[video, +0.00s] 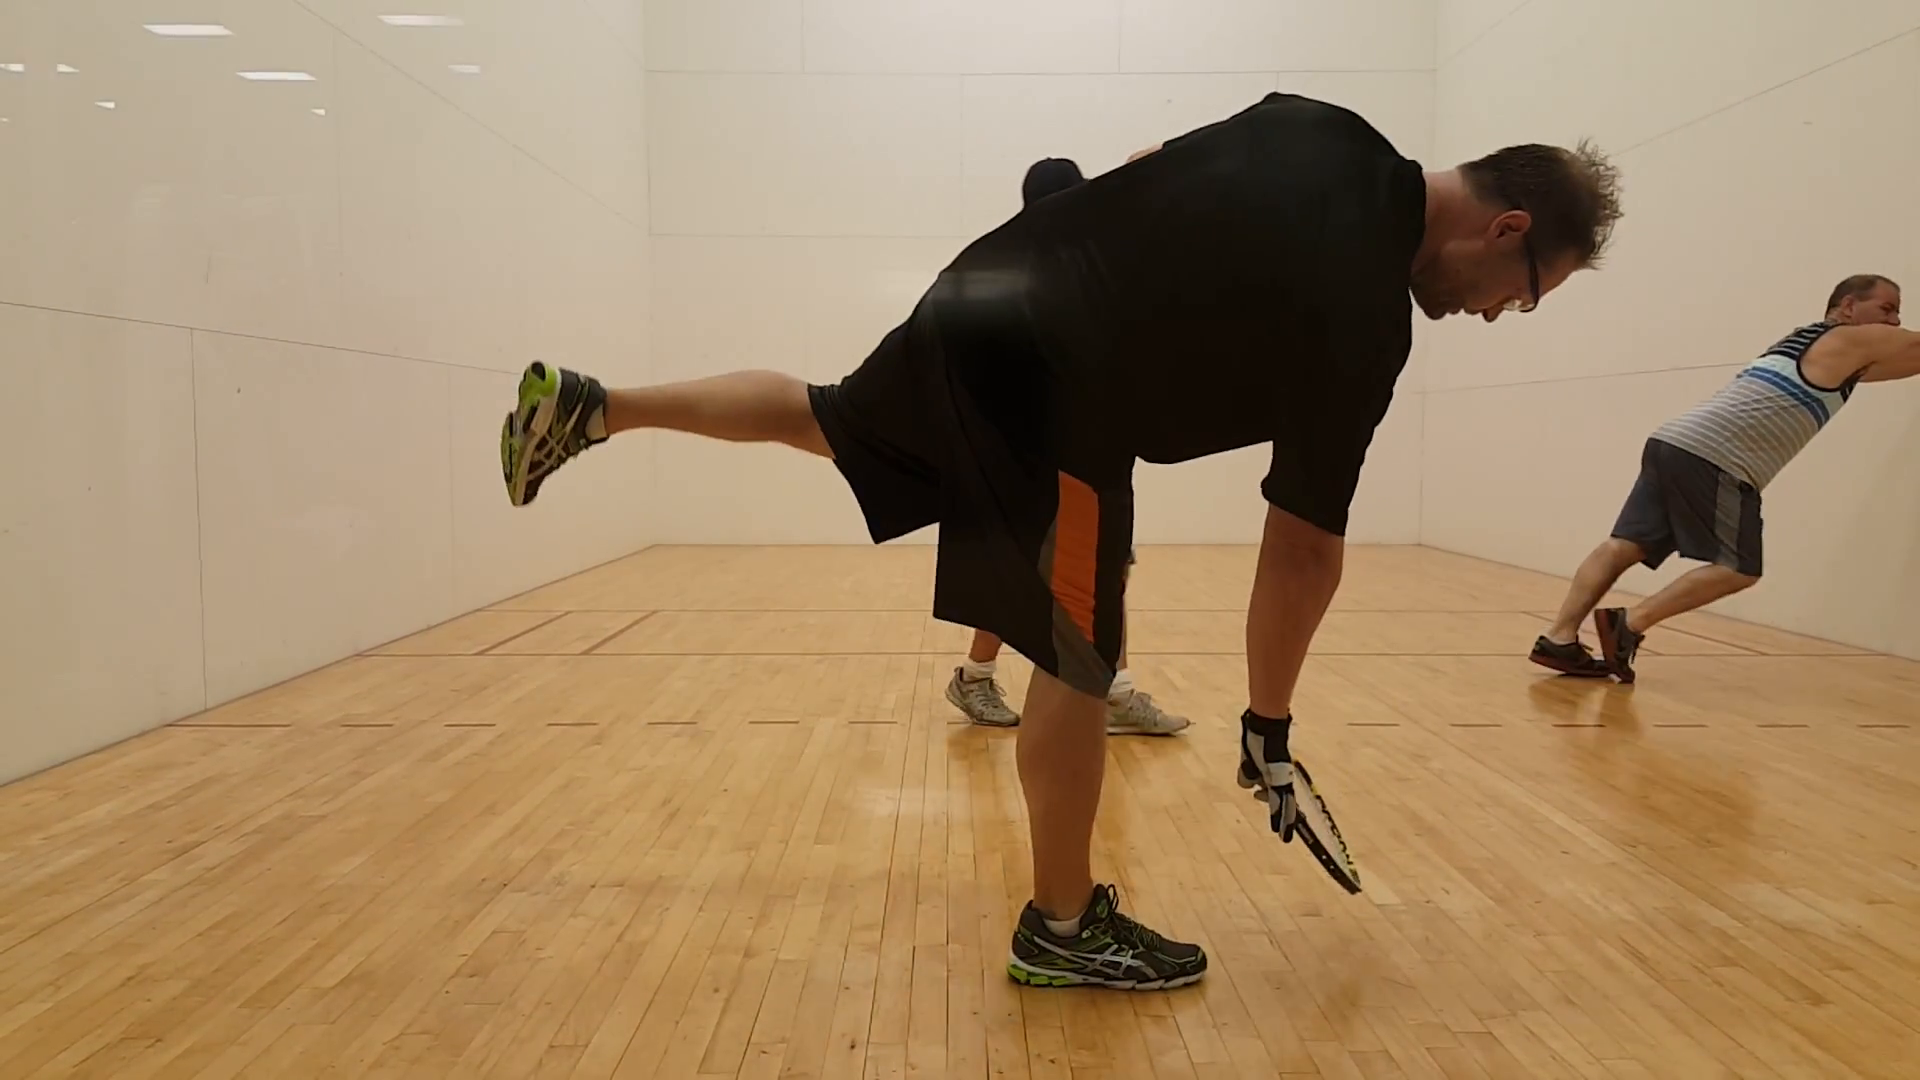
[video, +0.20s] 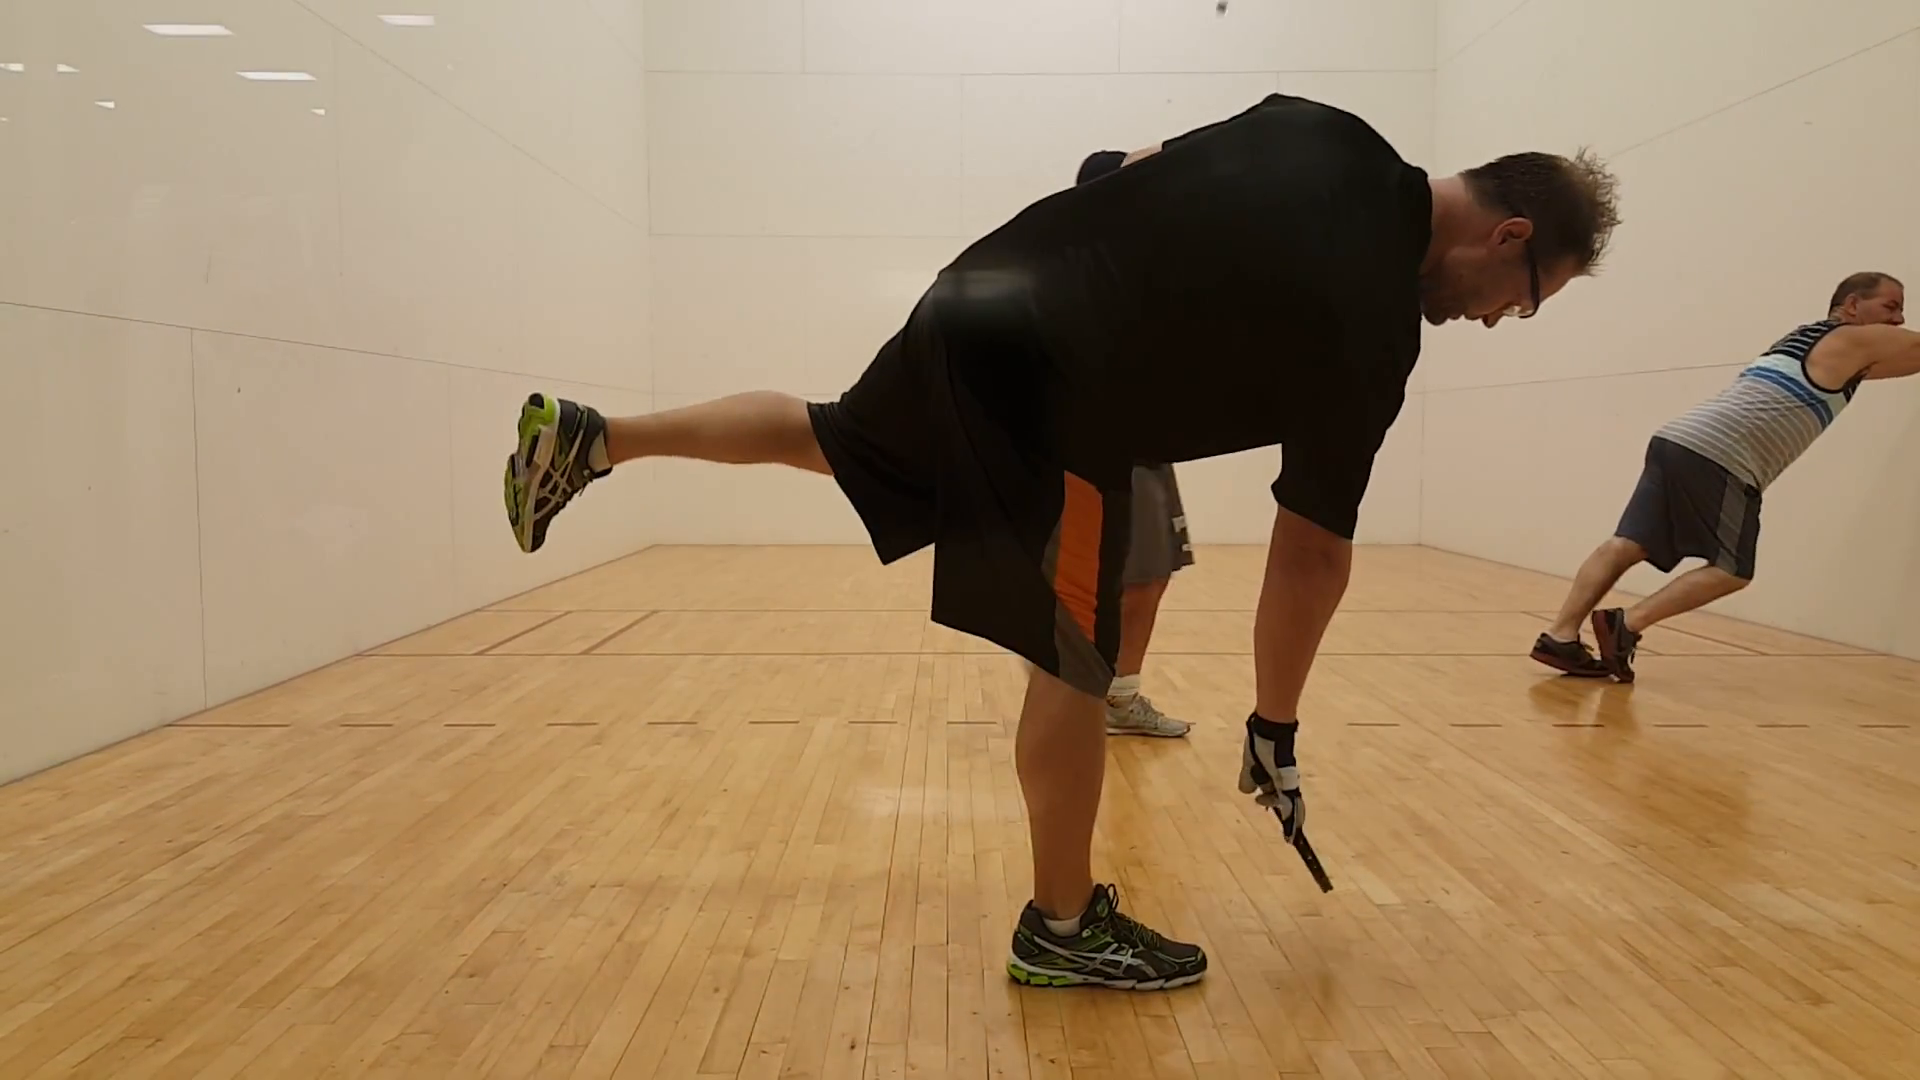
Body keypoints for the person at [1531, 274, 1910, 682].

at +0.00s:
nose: (1895, 321)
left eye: (1895, 312)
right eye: (1887, 309)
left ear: (1844, 315)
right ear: (1846, 308)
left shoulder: (1807, 342)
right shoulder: (1845, 343)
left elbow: (1908, 358)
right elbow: (1917, 348)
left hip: (1670, 447)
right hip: (1717, 464)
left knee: (1623, 546)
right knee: (1739, 568)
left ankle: (1558, 639)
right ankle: (1630, 625)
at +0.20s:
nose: (1899, 319)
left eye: (1899, 310)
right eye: (1891, 307)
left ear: (1847, 313)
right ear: (1850, 307)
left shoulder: (1807, 338)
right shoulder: (1848, 342)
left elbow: (1907, 359)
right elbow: (1917, 348)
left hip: (1675, 443)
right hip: (1722, 463)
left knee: (1626, 546)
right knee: (1731, 570)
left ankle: (1559, 638)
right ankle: (1626, 625)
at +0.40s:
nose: (1902, 299)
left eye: (1903, 292)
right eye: (1893, 288)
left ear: (1851, 295)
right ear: (1852, 289)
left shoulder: (1811, 324)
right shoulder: (1853, 328)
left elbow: (1906, 354)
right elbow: (1917, 342)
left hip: (1684, 436)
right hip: (1728, 455)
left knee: (1637, 542)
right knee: (1697, 562)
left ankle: (1566, 629)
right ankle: (1600, 632)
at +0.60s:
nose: (1906, 292)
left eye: (1906, 283)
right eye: (1897, 280)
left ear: (1857, 288)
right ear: (1856, 282)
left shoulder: (1823, 321)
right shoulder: (1856, 321)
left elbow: (1910, 351)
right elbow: (1918, 338)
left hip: (1704, 435)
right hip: (1731, 451)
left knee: (1661, 544)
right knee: (1669, 547)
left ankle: (1581, 627)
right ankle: (1585, 633)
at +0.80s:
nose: (1901, 313)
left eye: (1902, 306)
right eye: (1893, 301)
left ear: (1852, 309)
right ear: (1852, 302)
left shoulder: (1821, 340)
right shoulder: (1850, 341)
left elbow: (1906, 356)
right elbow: (1916, 350)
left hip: (1714, 454)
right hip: (1727, 463)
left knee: (1690, 574)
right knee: (1656, 546)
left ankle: (1582, 619)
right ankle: (1576, 638)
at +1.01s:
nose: (1902, 327)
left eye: (1903, 318)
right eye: (1894, 315)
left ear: (1854, 322)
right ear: (1853, 316)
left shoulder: (1823, 352)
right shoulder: (1853, 353)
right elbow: (1916, 355)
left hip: (1719, 467)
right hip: (1725, 471)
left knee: (1708, 582)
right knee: (1649, 553)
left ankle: (1593, 614)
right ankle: (1571, 645)